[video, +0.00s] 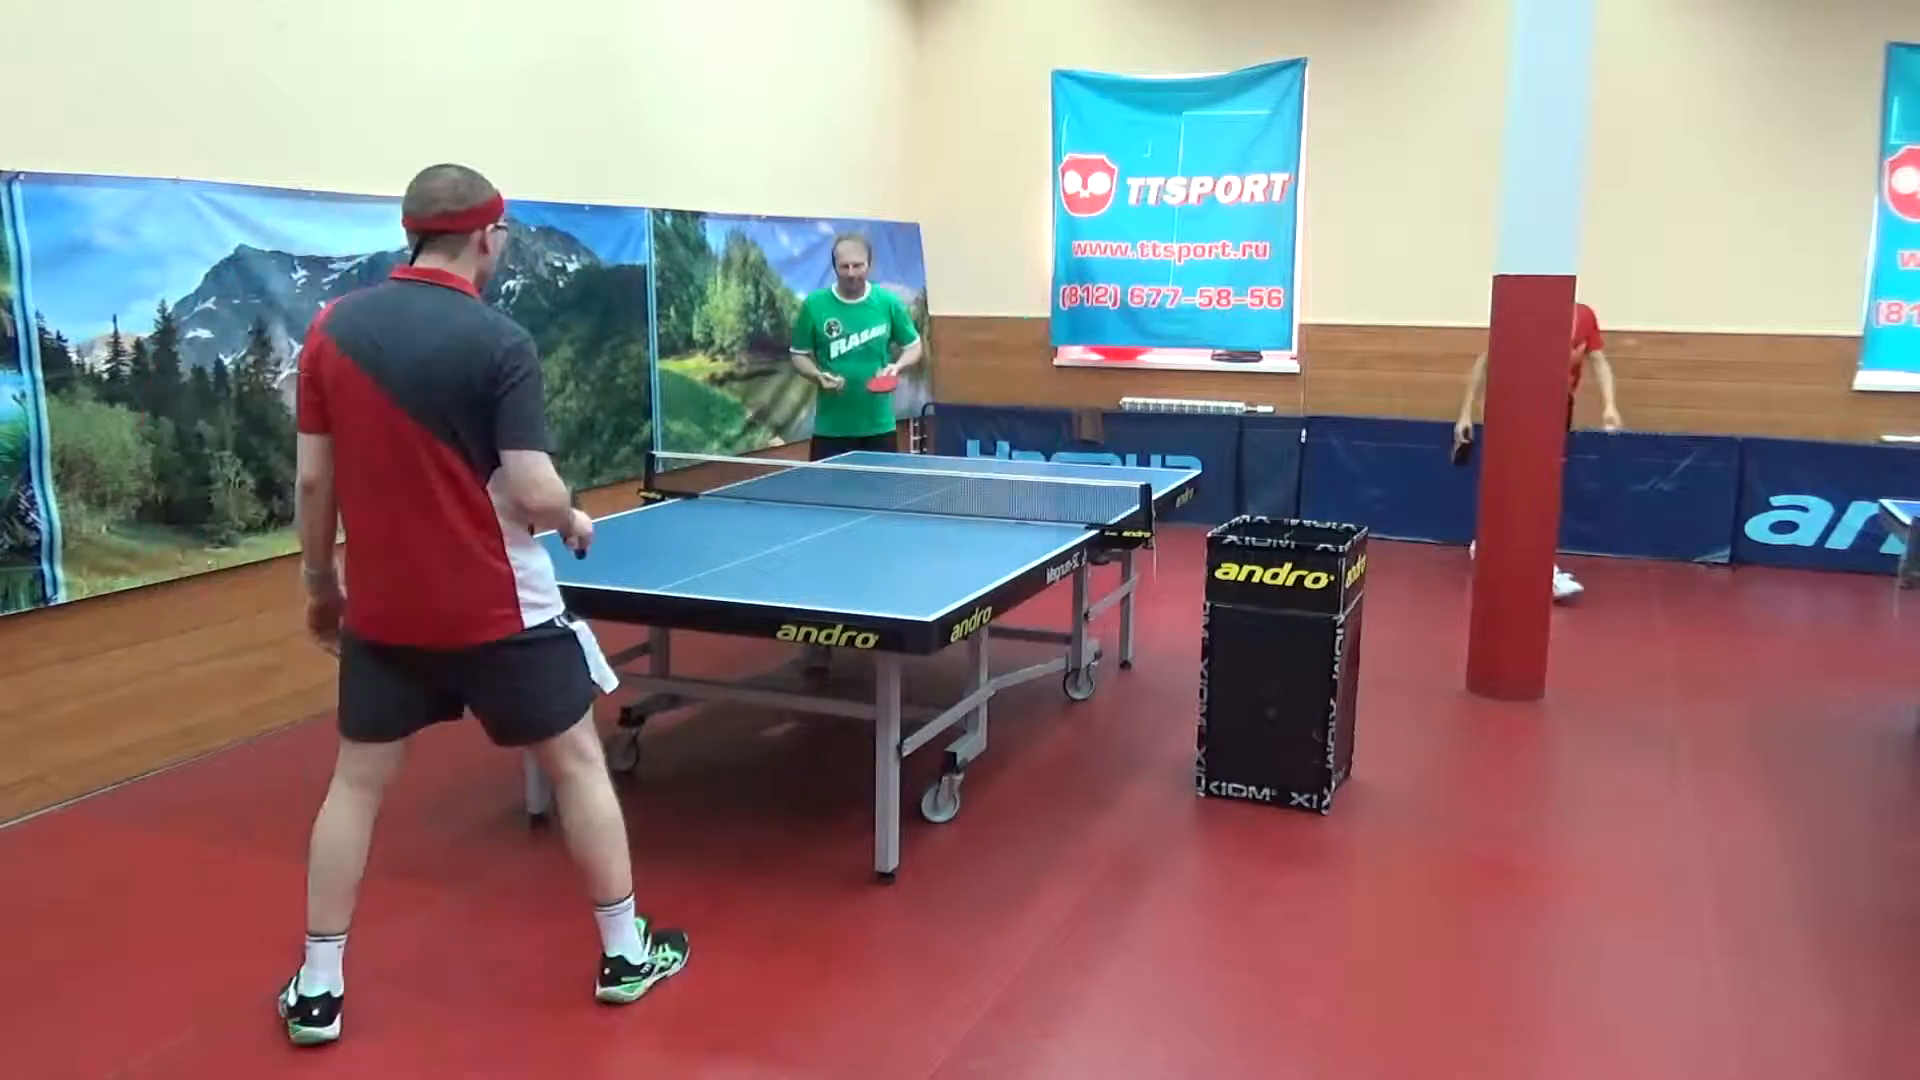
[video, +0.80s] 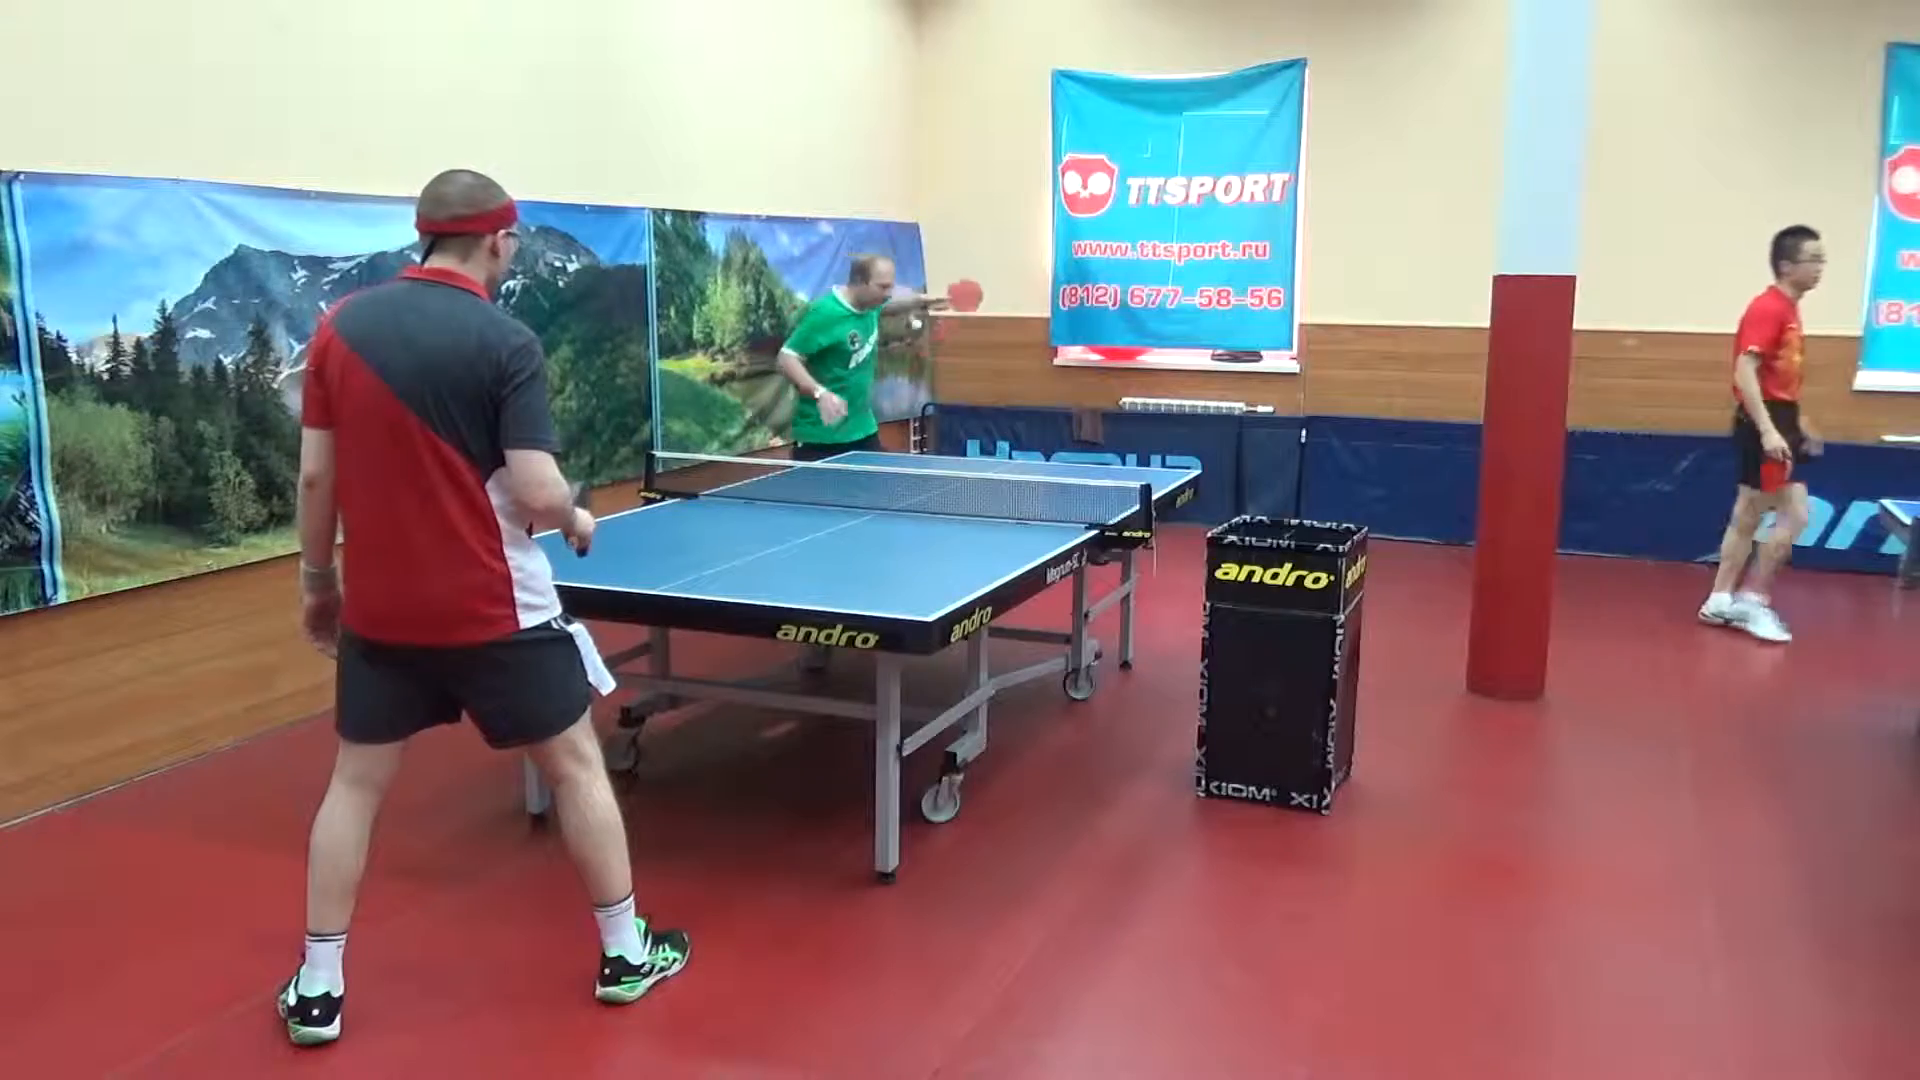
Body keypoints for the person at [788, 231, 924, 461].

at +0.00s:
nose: (851, 273)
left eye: (858, 266)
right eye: (844, 267)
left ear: (868, 265)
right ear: (835, 268)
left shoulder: (888, 302)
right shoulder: (815, 305)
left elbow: (914, 345)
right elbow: (799, 354)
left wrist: (897, 367)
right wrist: (818, 375)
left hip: (879, 424)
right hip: (832, 425)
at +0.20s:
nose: (847, 296)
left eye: (853, 289)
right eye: (840, 289)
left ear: (863, 285)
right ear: (828, 287)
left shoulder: (880, 318)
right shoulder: (806, 322)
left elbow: (902, 365)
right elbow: (793, 373)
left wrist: (888, 374)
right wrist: (817, 384)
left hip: (874, 435)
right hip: (823, 436)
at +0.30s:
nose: (839, 309)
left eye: (845, 303)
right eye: (832, 302)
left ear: (853, 299)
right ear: (819, 298)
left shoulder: (866, 327)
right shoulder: (795, 331)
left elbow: (885, 373)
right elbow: (787, 390)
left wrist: (875, 384)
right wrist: (818, 395)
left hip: (862, 438)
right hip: (815, 442)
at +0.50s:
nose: (841, 320)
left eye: (846, 312)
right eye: (835, 312)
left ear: (851, 308)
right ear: (816, 305)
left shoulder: (847, 326)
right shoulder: (790, 340)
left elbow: (861, 361)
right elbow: (797, 401)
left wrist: (870, 373)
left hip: (842, 431)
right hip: (804, 440)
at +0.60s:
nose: (852, 308)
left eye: (856, 301)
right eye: (846, 300)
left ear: (861, 298)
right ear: (825, 293)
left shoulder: (852, 319)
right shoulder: (798, 327)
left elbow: (882, 340)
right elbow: (803, 387)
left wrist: (900, 350)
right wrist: (850, 378)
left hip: (847, 434)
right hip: (806, 441)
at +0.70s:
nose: (869, 296)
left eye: (873, 289)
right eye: (864, 288)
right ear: (841, 283)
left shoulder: (861, 309)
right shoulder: (810, 319)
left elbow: (888, 311)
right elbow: (793, 372)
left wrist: (913, 313)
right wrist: (838, 388)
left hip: (853, 429)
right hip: (813, 438)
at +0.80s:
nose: (888, 294)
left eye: (890, 287)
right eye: (883, 287)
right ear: (861, 284)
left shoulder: (871, 306)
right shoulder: (824, 314)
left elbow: (892, 305)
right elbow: (786, 358)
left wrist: (919, 301)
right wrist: (819, 393)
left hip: (862, 433)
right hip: (820, 440)